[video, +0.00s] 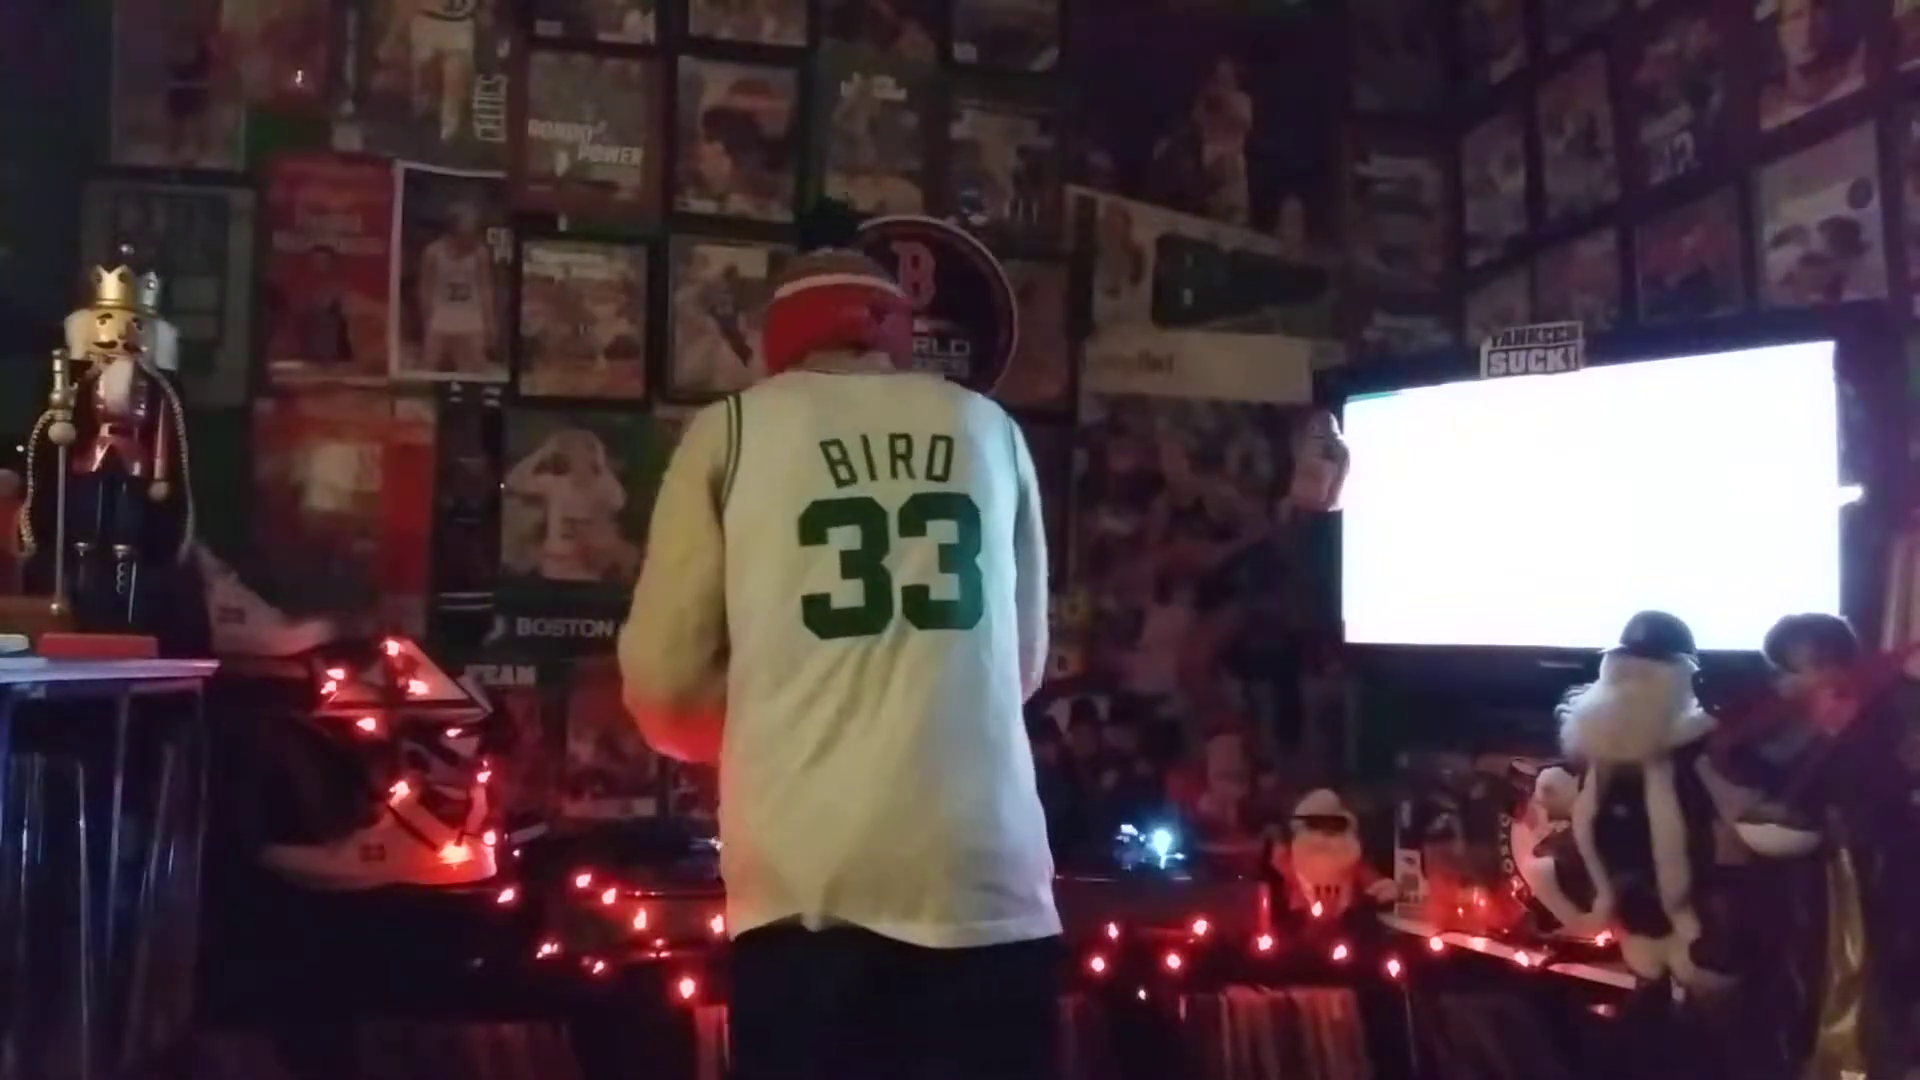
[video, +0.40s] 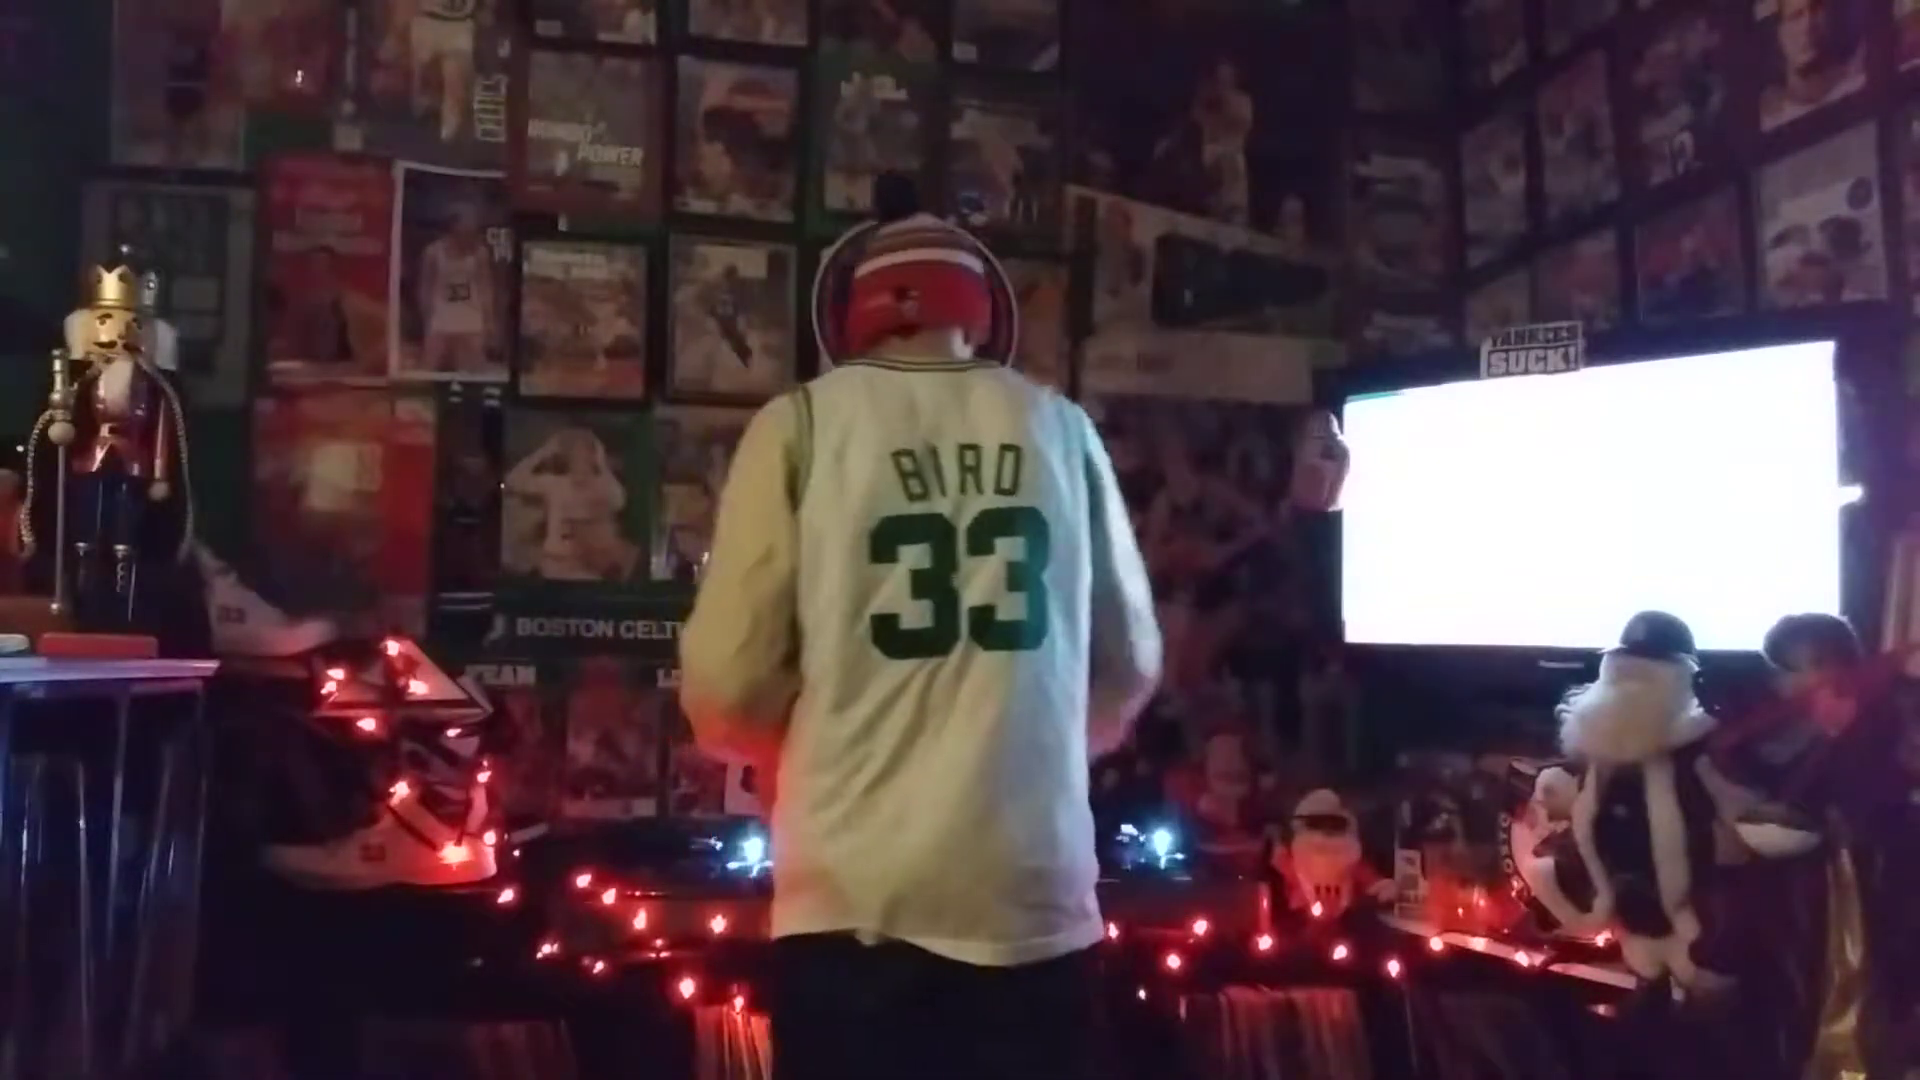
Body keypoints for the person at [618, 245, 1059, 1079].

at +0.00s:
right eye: (897, 323)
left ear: (774, 341)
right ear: (891, 332)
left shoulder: (727, 430)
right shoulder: (994, 429)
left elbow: (662, 685)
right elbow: (1024, 663)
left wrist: (776, 736)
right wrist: (910, 719)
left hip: (800, 892)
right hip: (989, 890)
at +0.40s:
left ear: (850, 317)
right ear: (987, 321)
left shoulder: (796, 424)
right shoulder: (1063, 426)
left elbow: (725, 684)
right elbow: (1129, 666)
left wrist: (830, 741)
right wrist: (1028, 751)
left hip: (847, 909)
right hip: (1032, 911)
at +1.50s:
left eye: (1004, 343)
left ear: (1011, 341)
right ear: (1134, 360)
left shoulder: (961, 411)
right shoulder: (1213, 455)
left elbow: (876, 661)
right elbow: (1216, 688)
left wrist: (950, 766)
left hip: (975, 884)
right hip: (1156, 903)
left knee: (933, 1061)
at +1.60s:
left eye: (992, 357)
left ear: (1003, 351)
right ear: (1124, 370)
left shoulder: (956, 408)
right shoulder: (1200, 455)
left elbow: (873, 658)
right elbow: (1199, 659)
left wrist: (943, 767)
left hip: (977, 884)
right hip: (1157, 904)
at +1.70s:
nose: (969, 366)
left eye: (974, 355)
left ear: (986, 350)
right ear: (1104, 370)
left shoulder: (946, 408)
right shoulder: (1187, 454)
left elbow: (866, 661)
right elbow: (1186, 653)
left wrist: (928, 765)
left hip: (976, 892)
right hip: (1153, 909)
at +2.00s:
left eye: (915, 358)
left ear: (925, 355)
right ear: (1041, 365)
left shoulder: (883, 418)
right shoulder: (1131, 450)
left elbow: (816, 686)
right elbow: (1142, 662)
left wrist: (924, 737)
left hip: (940, 922)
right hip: (1126, 930)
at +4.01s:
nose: (919, 322)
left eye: (929, 306)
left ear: (945, 318)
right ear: (1062, 335)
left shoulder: (857, 424)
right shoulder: (1128, 440)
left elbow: (773, 662)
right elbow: (1161, 664)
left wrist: (830, 814)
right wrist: (1083, 779)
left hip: (908, 874)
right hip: (1097, 882)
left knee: (895, 1063)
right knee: (1099, 1067)